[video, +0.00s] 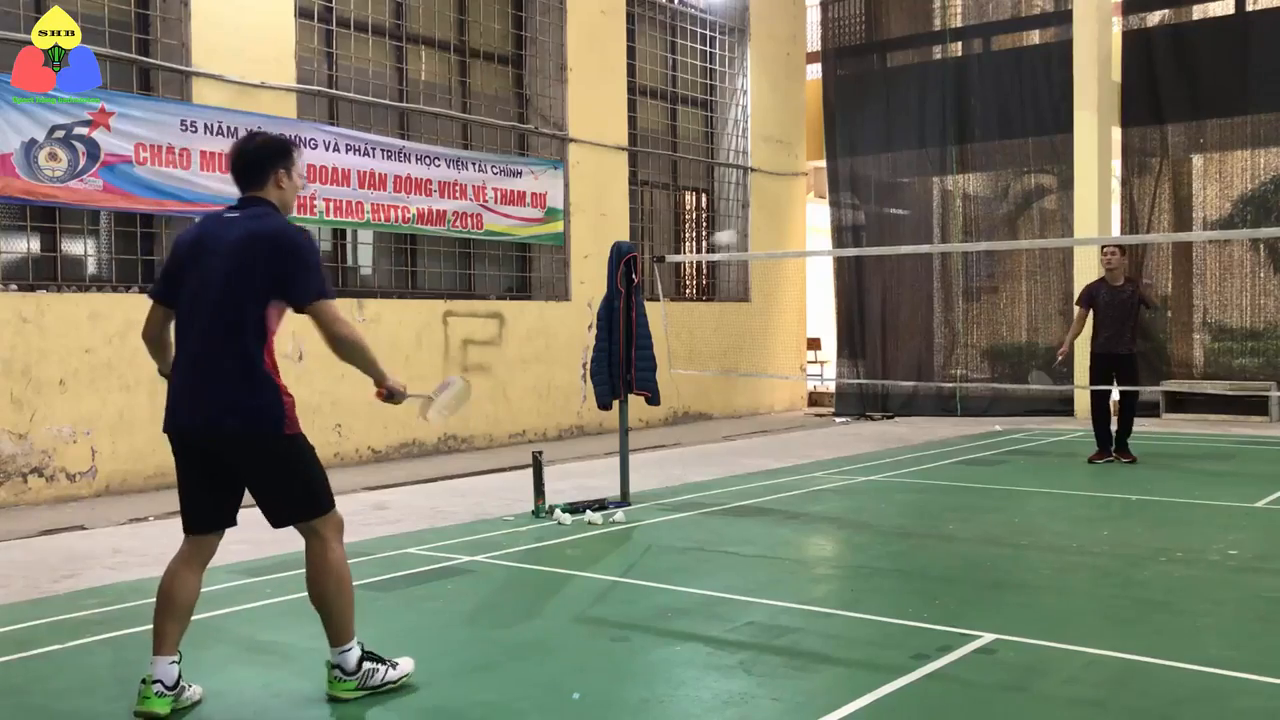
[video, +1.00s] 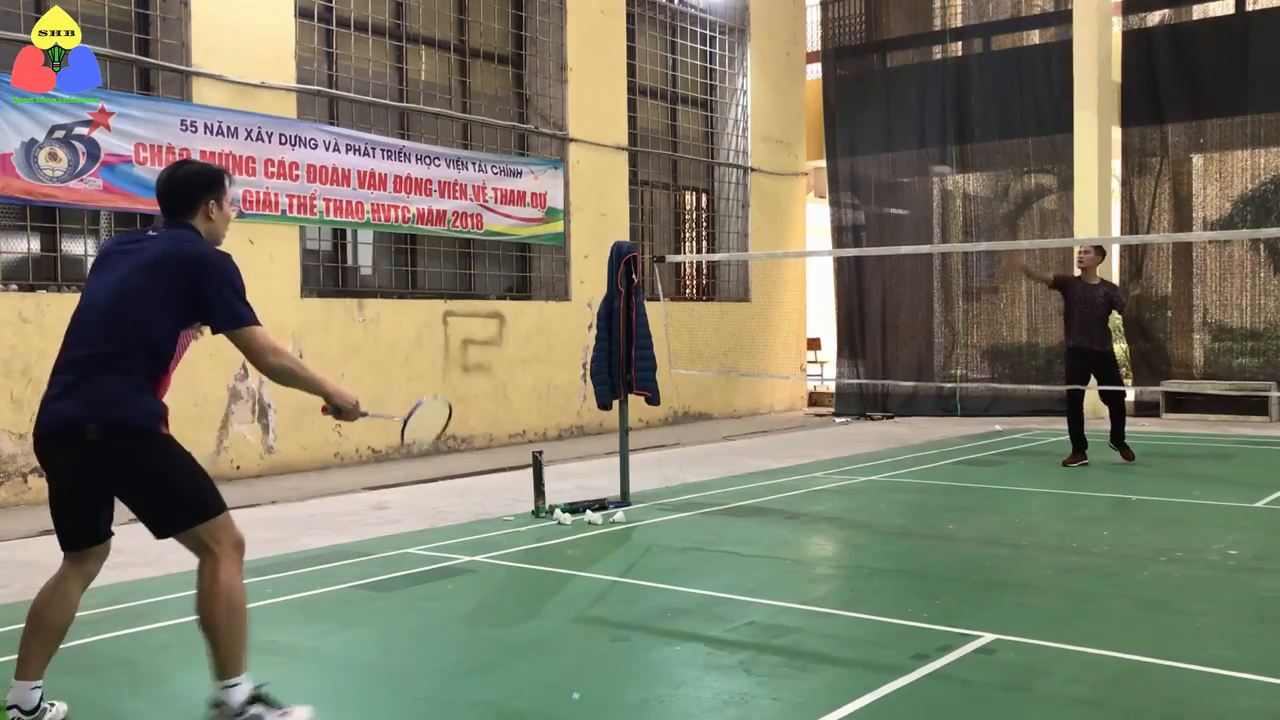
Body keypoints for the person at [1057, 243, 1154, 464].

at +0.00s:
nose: (1107, 257)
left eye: (1113, 254)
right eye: (1104, 254)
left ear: (1124, 259)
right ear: (1101, 259)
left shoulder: (1136, 288)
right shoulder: (1092, 289)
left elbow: (1156, 309)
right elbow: (1079, 320)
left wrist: (1152, 294)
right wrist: (1067, 343)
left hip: (1126, 353)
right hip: (1100, 354)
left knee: (1129, 399)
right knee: (1099, 401)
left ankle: (1122, 447)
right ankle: (1104, 448)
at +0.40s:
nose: (1110, 260)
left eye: (1115, 256)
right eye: (1107, 257)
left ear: (1125, 260)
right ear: (1103, 261)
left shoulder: (1136, 291)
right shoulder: (1095, 289)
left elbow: (1152, 315)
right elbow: (1073, 315)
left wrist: (1155, 309)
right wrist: (1075, 311)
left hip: (1125, 354)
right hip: (1099, 352)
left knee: (1124, 402)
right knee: (1087, 394)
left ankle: (1120, 448)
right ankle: (1090, 445)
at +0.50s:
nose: (1107, 261)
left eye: (1112, 257)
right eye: (1105, 257)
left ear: (1123, 260)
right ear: (1101, 261)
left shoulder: (1135, 291)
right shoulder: (1094, 289)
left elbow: (1151, 316)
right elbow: (1066, 308)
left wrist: (1154, 308)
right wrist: (1079, 294)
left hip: (1124, 356)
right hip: (1097, 354)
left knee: (1123, 405)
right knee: (1086, 400)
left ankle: (1119, 448)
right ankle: (1081, 449)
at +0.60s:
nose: (1104, 260)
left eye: (1109, 257)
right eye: (1102, 257)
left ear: (1121, 261)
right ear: (1099, 261)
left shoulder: (1131, 292)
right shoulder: (1090, 287)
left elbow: (1147, 320)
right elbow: (1061, 294)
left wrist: (1152, 309)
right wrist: (1073, 272)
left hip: (1121, 355)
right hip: (1094, 354)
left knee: (1122, 405)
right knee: (1086, 403)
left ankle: (1119, 448)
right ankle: (1080, 451)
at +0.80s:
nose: (1093, 259)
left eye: (1098, 255)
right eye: (1091, 256)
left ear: (1110, 261)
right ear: (1089, 261)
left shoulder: (1120, 292)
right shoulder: (1079, 286)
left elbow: (1135, 316)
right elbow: (1050, 276)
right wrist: (1060, 248)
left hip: (1110, 355)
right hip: (1083, 353)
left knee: (1117, 403)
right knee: (1077, 402)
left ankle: (1118, 446)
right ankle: (1079, 451)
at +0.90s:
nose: (1084, 256)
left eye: (1090, 253)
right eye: (1084, 253)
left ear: (1103, 260)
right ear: (1083, 260)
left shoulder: (1115, 290)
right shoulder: (1073, 284)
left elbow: (1132, 318)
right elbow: (1045, 270)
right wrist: (1039, 243)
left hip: (1105, 353)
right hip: (1078, 352)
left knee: (1118, 400)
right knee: (1075, 401)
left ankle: (1118, 442)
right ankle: (1079, 451)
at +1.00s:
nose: (1080, 255)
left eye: (1086, 252)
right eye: (1080, 252)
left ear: (1099, 258)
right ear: (1079, 259)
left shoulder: (1109, 288)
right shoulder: (1069, 282)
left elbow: (1125, 311)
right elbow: (1045, 277)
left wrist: (1131, 296)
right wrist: (1024, 268)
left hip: (1103, 352)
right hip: (1076, 351)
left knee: (1117, 397)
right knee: (1074, 402)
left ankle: (1118, 440)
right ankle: (1078, 452)